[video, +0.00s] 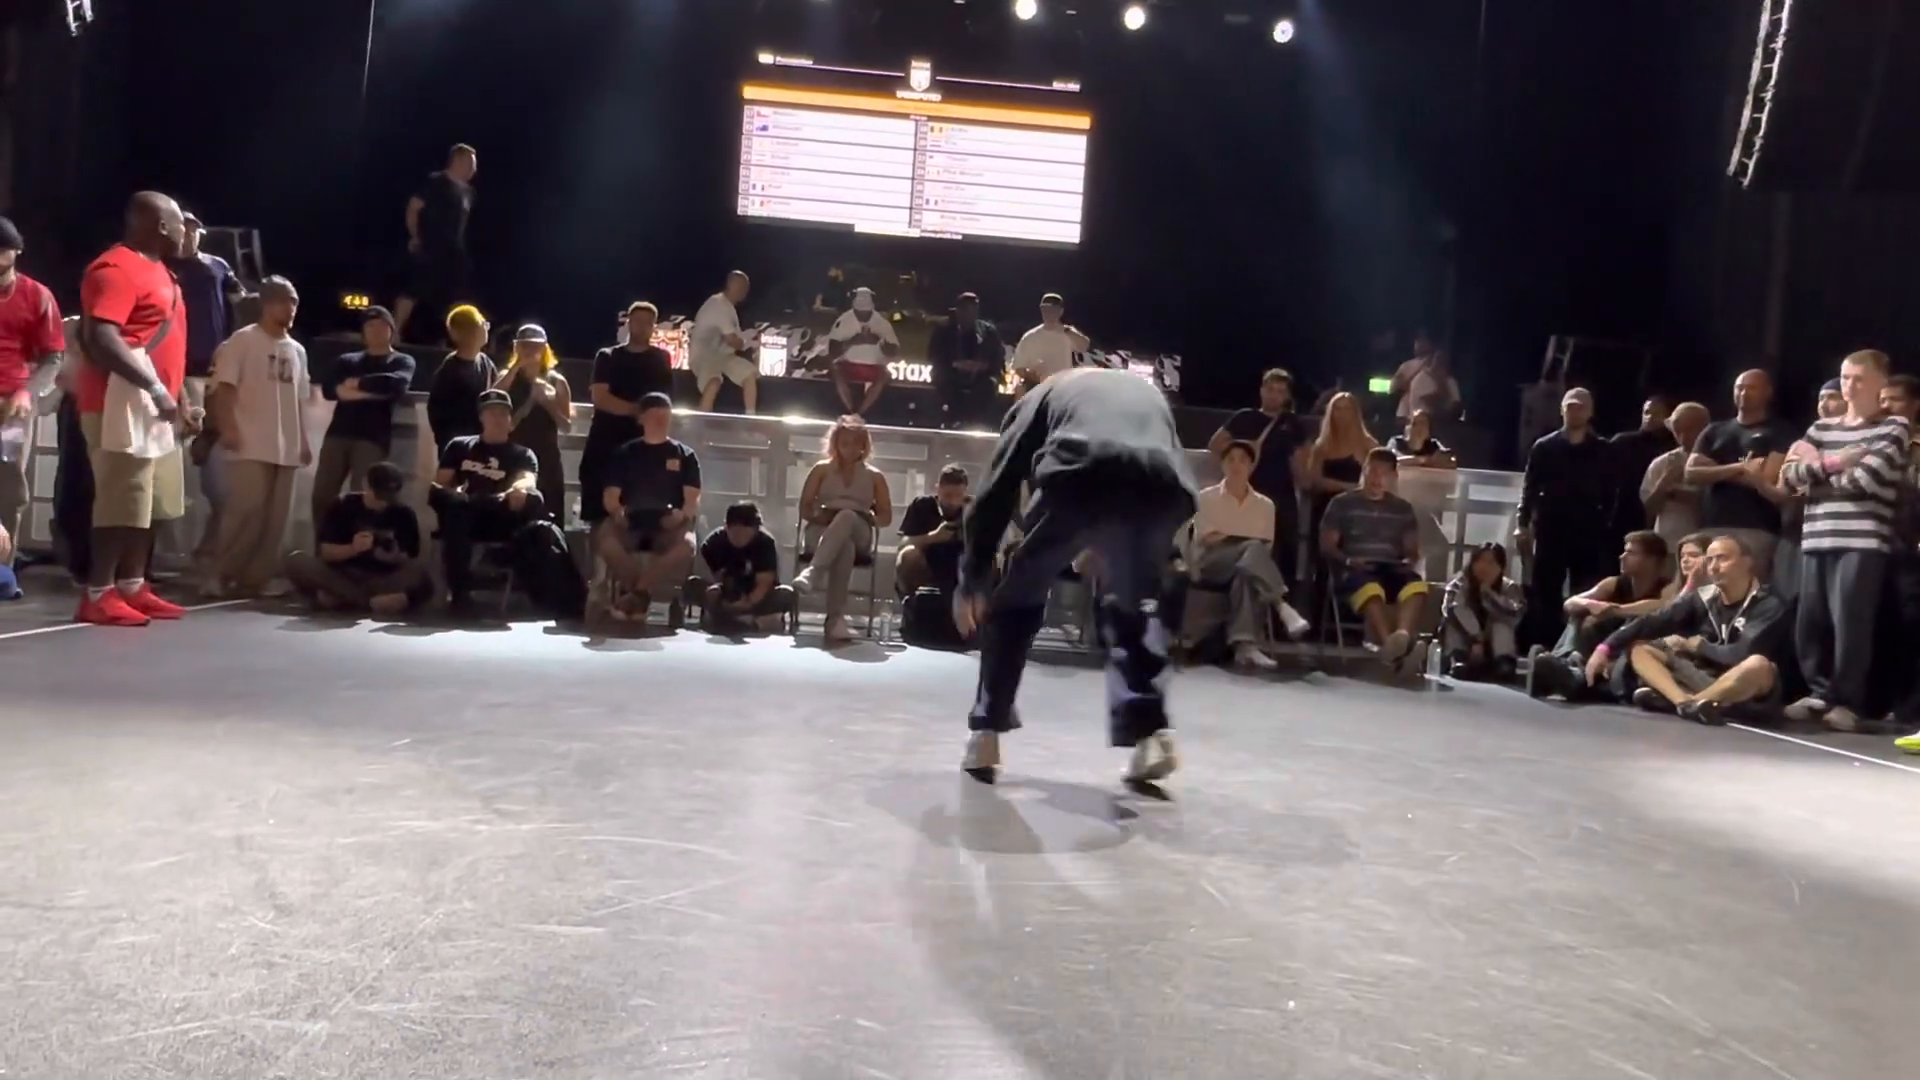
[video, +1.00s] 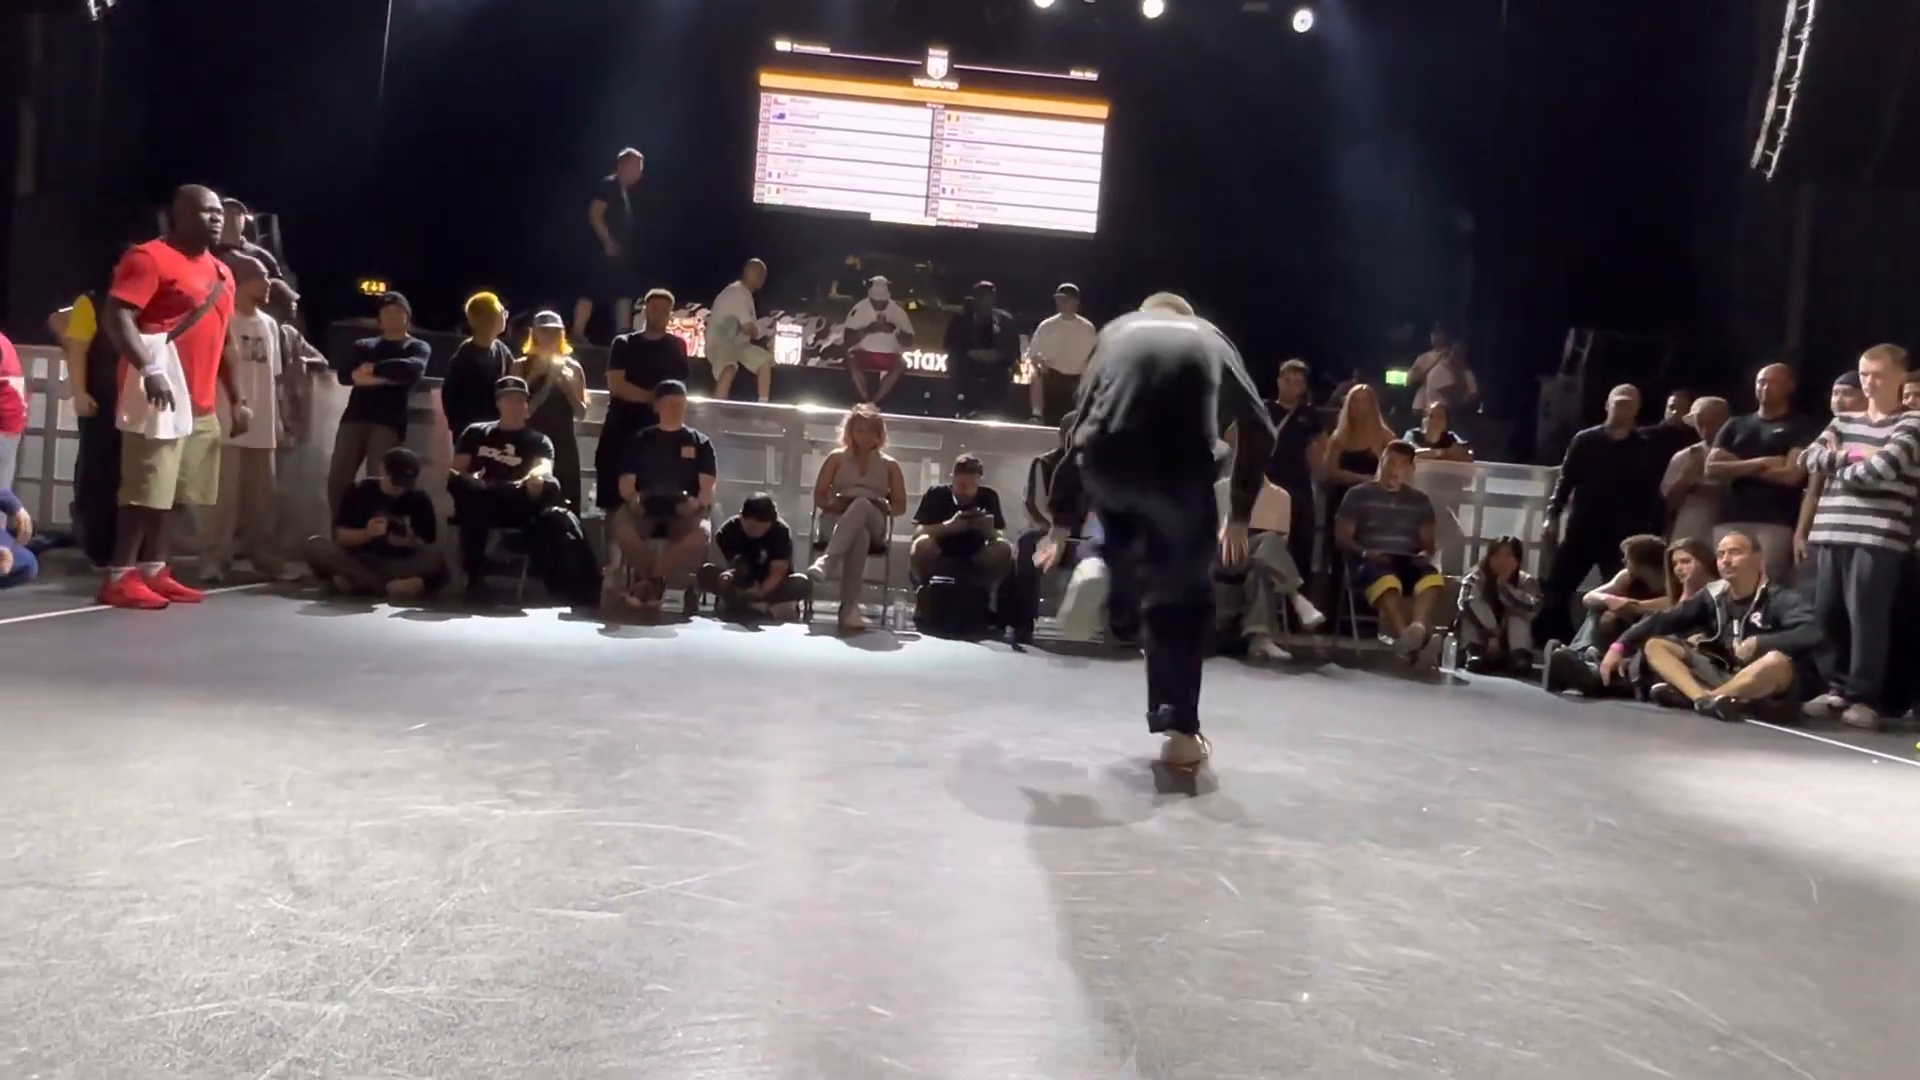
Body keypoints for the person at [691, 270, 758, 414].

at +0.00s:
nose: (744, 292)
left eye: (746, 288)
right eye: (742, 287)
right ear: (732, 286)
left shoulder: (728, 307)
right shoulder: (718, 304)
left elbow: (736, 334)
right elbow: (731, 339)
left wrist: (750, 337)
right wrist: (743, 343)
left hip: (723, 354)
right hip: (703, 354)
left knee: (749, 375)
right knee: (714, 381)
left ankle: (750, 418)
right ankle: (701, 421)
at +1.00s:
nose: (762, 280)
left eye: (763, 276)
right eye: (760, 275)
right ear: (749, 274)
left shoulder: (746, 295)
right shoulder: (736, 292)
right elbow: (749, 329)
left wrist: (766, 324)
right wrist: (763, 330)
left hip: (739, 343)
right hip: (719, 343)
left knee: (764, 362)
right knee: (729, 368)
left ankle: (763, 405)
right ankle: (717, 409)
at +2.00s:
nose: (769, 271)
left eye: (771, 267)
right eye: (767, 266)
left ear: (771, 268)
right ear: (758, 264)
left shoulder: (755, 284)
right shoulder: (747, 283)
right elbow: (759, 319)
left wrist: (757, 318)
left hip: (748, 333)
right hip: (729, 332)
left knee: (774, 353)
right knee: (739, 359)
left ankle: (772, 396)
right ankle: (725, 397)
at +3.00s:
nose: (770, 270)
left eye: (772, 266)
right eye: (769, 265)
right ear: (760, 264)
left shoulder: (753, 282)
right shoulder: (749, 282)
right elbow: (759, 317)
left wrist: (764, 318)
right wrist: (768, 321)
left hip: (750, 333)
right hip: (730, 332)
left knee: (775, 353)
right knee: (739, 359)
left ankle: (773, 396)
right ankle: (726, 398)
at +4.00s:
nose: (772, 270)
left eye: (773, 267)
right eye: (771, 266)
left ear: (756, 264)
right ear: (762, 265)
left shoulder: (753, 282)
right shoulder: (749, 283)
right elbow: (759, 318)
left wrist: (764, 319)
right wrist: (767, 323)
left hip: (750, 334)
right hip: (730, 333)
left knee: (774, 353)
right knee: (738, 360)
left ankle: (773, 397)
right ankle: (726, 399)